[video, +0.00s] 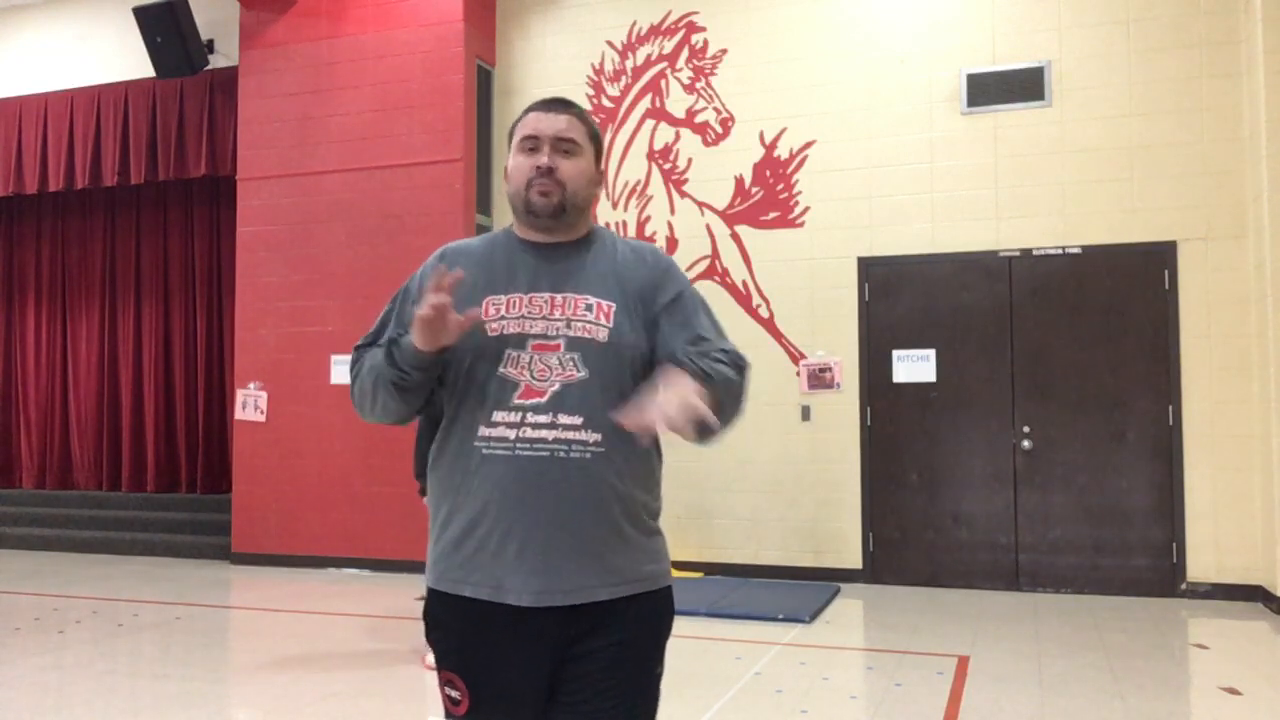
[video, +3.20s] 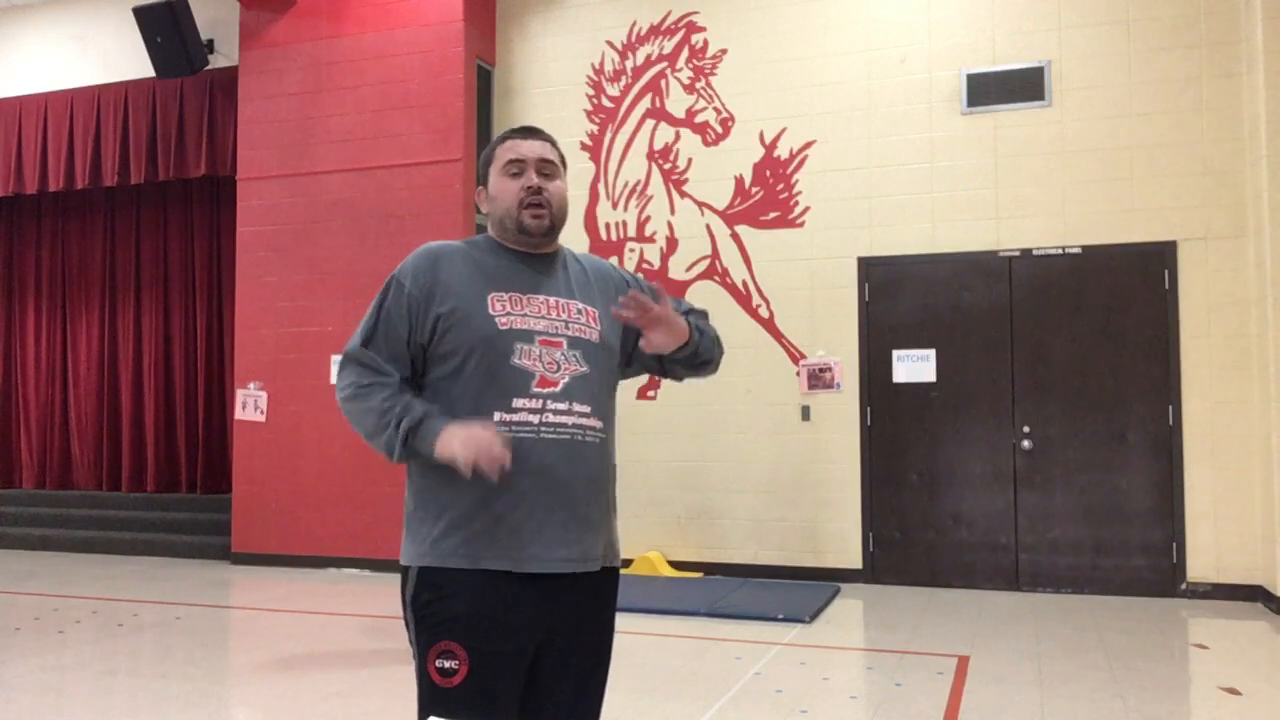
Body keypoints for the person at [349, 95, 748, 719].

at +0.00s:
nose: (545, 161)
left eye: (566, 149)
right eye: (529, 147)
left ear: (597, 177)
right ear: (507, 170)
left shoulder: (647, 271)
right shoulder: (451, 269)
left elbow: (719, 369)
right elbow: (372, 397)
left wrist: (683, 389)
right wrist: (419, 351)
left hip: (617, 590)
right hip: (478, 590)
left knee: (610, 710)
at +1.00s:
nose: (566, 149)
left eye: (584, 141)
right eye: (546, 132)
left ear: (601, 172)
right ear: (505, 154)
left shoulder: (643, 274)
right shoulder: (437, 261)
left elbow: (692, 387)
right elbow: (347, 392)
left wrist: (747, 388)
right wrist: (450, 363)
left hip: (638, 595)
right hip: (493, 596)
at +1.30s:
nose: (510, 139)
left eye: (525, 131)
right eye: (488, 124)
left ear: (540, 160)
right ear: (443, 152)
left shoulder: (579, 271)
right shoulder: (385, 259)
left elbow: (622, 404)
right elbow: (304, 392)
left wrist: (683, 455)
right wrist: (427, 387)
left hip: (583, 594)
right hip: (436, 594)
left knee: (593, 711)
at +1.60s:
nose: (476, 163)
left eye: (487, 152)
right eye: (456, 145)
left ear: (497, 170)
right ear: (401, 161)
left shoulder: (521, 279)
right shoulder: (339, 266)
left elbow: (556, 399)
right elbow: (257, 398)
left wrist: (612, 419)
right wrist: (389, 393)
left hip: (517, 597)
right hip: (377, 594)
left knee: (525, 710)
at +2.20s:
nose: (483, 164)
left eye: (488, 148)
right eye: (456, 157)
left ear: (505, 161)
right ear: (422, 189)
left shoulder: (542, 278)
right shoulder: (377, 268)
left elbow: (575, 372)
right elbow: (310, 396)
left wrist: (596, 391)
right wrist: (396, 479)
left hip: (533, 581)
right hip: (412, 579)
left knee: (528, 712)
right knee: (397, 710)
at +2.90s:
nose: (542, 181)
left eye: (552, 168)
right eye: (519, 171)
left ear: (571, 188)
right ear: (485, 199)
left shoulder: (603, 288)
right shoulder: (439, 273)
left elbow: (657, 402)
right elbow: (381, 403)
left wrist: (651, 365)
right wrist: (395, 523)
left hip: (583, 570)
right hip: (469, 567)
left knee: (569, 713)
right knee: (462, 711)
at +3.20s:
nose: (534, 181)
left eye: (548, 171)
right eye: (514, 170)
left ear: (567, 194)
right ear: (483, 197)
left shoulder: (609, 285)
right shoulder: (433, 272)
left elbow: (704, 350)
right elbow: (360, 377)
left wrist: (684, 339)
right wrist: (435, 431)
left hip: (580, 570)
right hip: (463, 565)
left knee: (568, 713)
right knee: (465, 711)